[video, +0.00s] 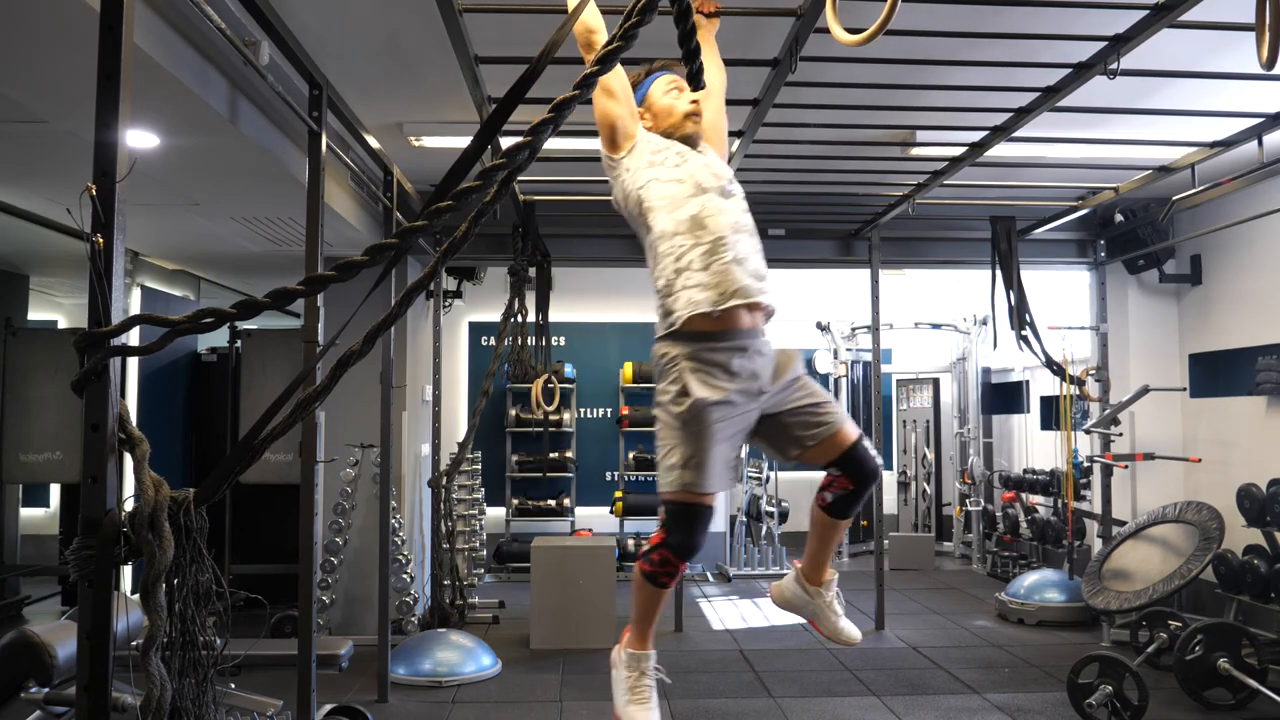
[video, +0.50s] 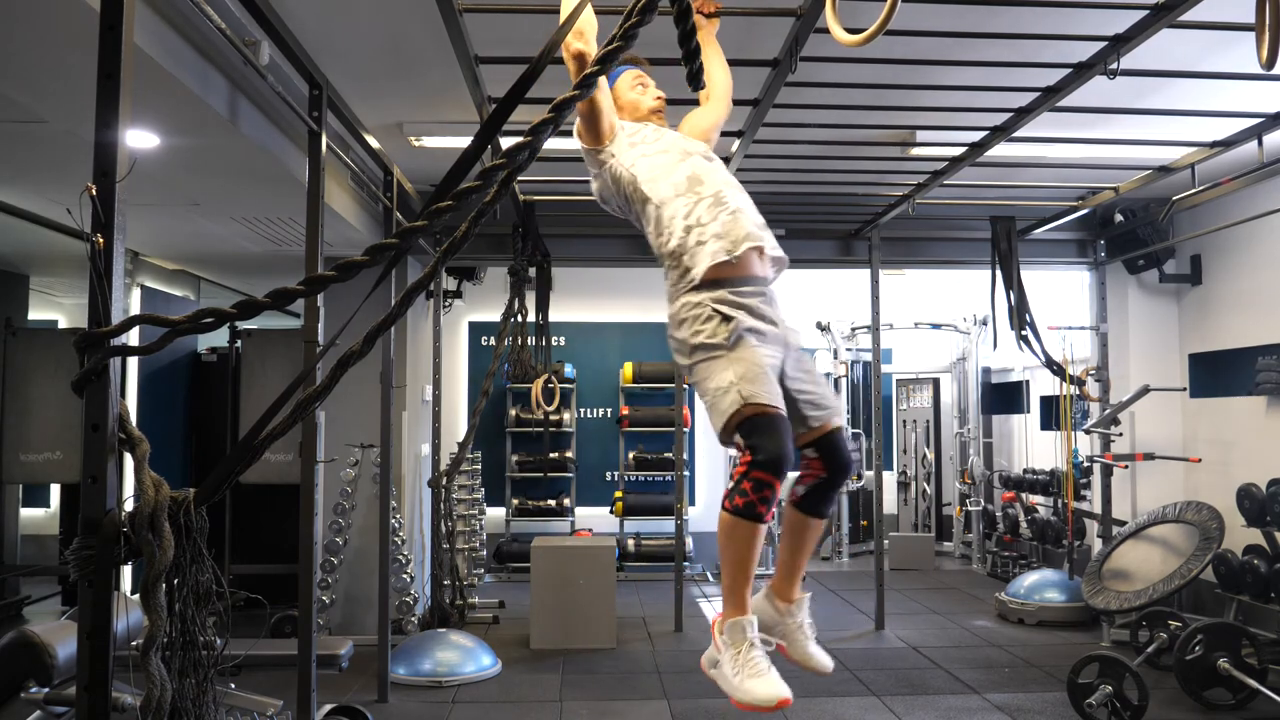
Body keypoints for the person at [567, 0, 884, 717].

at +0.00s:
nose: (687, 88)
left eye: (687, 85)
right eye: (670, 85)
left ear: (694, 110)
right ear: (643, 114)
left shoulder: (711, 159)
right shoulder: (635, 155)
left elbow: (714, 98)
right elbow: (606, 78)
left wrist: (708, 32)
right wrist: (594, 40)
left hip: (767, 350)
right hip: (697, 357)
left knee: (859, 468)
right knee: (684, 529)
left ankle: (810, 582)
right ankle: (634, 652)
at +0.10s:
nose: (695, 85)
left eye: (695, 81)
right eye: (679, 82)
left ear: (699, 109)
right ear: (653, 108)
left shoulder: (720, 151)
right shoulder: (648, 151)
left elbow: (719, 96)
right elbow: (613, 77)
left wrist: (707, 32)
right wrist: (592, 25)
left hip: (791, 336)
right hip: (725, 344)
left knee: (879, 461)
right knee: (719, 518)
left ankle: (822, 580)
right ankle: (657, 649)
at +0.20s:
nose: (692, 83)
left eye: (694, 80)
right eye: (677, 80)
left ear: (695, 105)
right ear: (652, 104)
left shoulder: (720, 147)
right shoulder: (649, 152)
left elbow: (722, 97)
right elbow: (615, 89)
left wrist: (708, 34)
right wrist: (596, 41)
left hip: (804, 326)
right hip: (741, 333)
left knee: (896, 450)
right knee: (752, 505)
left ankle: (833, 575)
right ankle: (686, 652)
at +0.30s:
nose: (681, 83)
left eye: (686, 80)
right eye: (666, 80)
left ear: (692, 104)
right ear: (641, 104)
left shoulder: (713, 145)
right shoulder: (640, 152)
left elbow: (722, 93)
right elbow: (604, 88)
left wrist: (708, 35)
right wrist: (592, 51)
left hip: (803, 320)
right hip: (743, 326)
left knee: (895, 447)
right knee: (769, 487)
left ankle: (829, 575)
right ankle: (713, 651)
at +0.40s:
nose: (664, 86)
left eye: (668, 83)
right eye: (650, 83)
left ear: (676, 103)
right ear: (628, 107)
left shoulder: (701, 141)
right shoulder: (628, 152)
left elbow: (719, 94)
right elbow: (605, 117)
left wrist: (706, 32)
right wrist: (589, 71)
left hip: (791, 310)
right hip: (732, 313)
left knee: (870, 449)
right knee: (774, 464)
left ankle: (806, 584)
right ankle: (728, 646)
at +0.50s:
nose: (644, 78)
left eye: (649, 76)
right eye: (631, 78)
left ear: (663, 97)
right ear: (612, 104)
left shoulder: (691, 138)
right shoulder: (614, 152)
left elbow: (718, 94)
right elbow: (592, 123)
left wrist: (706, 29)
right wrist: (585, 76)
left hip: (768, 302)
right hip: (712, 307)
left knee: (832, 458)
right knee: (766, 453)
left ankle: (781, 601)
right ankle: (731, 633)